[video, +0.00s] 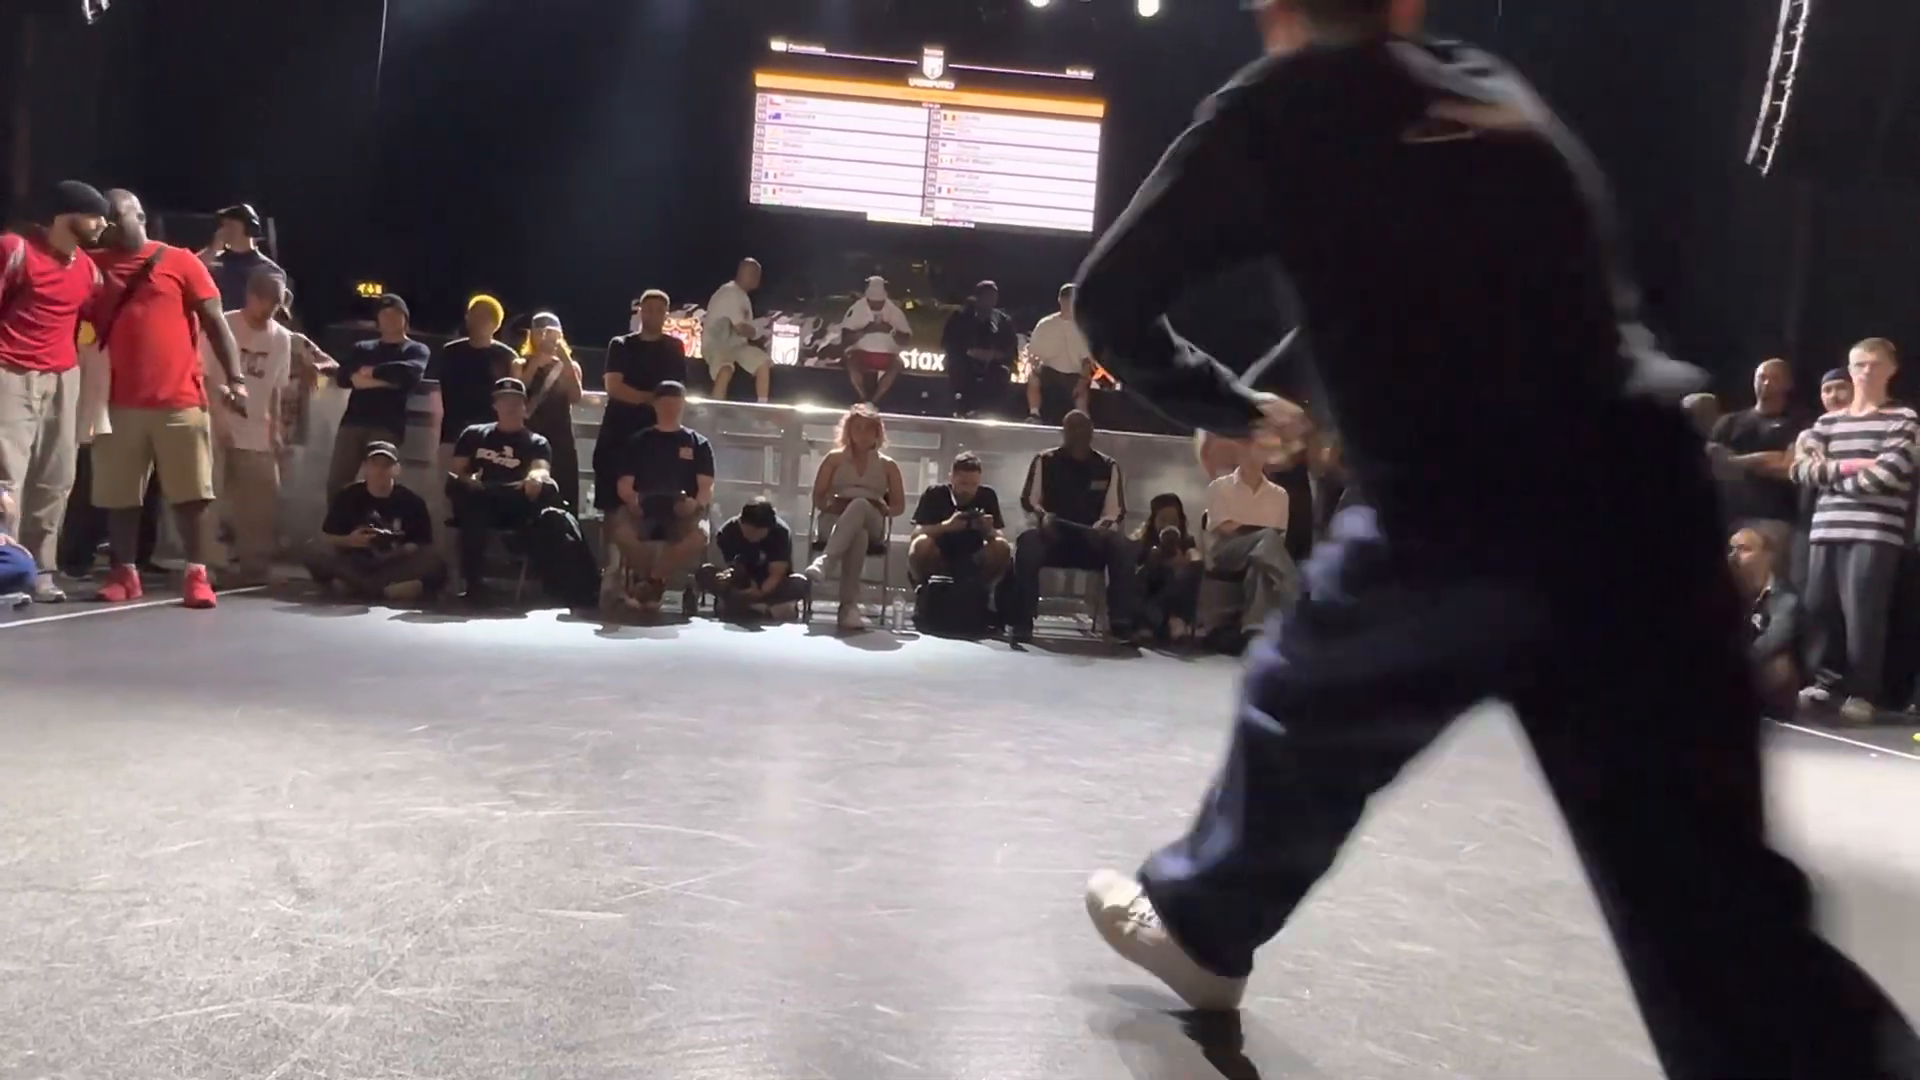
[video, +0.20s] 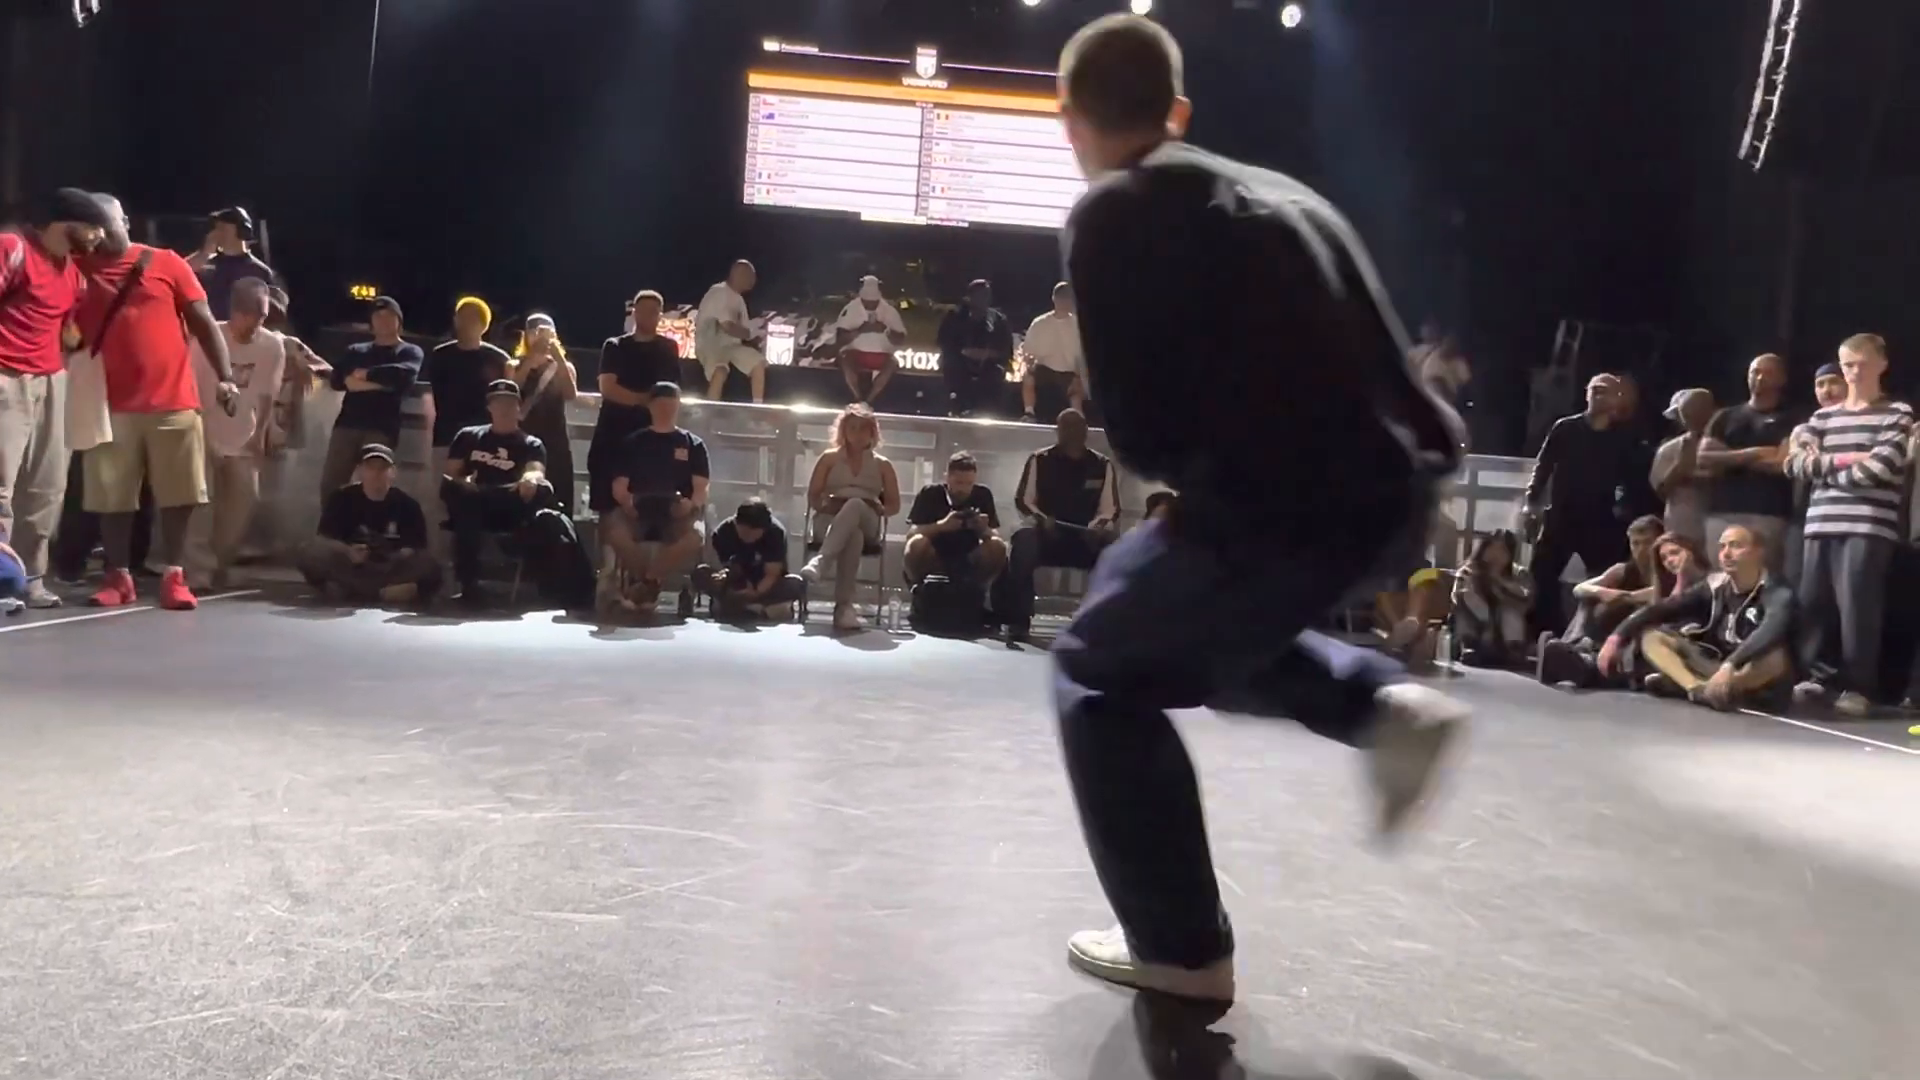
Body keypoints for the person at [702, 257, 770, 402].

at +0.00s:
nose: (758, 280)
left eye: (758, 276)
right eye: (756, 275)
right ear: (746, 275)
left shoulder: (743, 297)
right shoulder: (730, 292)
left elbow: (747, 325)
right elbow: (740, 327)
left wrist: (764, 322)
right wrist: (756, 332)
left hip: (738, 345)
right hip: (717, 345)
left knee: (763, 364)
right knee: (725, 370)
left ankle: (762, 407)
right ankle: (715, 410)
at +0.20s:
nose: (753, 280)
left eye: (753, 276)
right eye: (750, 276)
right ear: (738, 276)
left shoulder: (739, 299)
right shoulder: (719, 292)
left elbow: (744, 326)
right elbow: (727, 325)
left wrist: (760, 323)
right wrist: (749, 333)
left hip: (732, 346)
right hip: (711, 346)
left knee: (758, 364)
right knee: (720, 372)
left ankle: (757, 409)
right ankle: (710, 412)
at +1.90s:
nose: (727, 301)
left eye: (729, 298)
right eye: (723, 296)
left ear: (732, 302)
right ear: (713, 299)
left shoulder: (733, 326)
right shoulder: (700, 319)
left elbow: (740, 358)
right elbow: (701, 351)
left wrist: (710, 353)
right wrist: (726, 348)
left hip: (728, 369)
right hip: (705, 368)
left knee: (757, 388)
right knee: (713, 397)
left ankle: (759, 433)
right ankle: (707, 439)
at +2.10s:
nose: (726, 298)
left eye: (729, 295)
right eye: (722, 294)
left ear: (733, 299)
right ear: (714, 295)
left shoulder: (734, 323)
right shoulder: (700, 316)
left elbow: (740, 355)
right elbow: (700, 348)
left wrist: (711, 350)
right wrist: (725, 345)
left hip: (728, 366)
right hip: (704, 365)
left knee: (758, 385)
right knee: (715, 393)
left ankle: (760, 429)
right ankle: (706, 434)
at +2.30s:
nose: (728, 297)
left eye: (732, 294)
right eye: (724, 293)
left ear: (736, 300)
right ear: (717, 296)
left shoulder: (737, 323)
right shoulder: (704, 316)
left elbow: (744, 355)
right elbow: (704, 348)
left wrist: (714, 350)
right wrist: (729, 346)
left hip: (731, 366)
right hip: (708, 365)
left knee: (761, 385)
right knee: (719, 393)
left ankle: (763, 430)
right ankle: (710, 434)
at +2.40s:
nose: (729, 298)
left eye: (733, 294)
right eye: (726, 293)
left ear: (737, 300)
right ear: (718, 296)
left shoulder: (738, 323)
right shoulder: (704, 316)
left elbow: (745, 355)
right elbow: (704, 349)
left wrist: (715, 350)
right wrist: (729, 345)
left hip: (732, 366)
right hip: (709, 365)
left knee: (762, 385)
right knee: (719, 393)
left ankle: (764, 430)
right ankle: (711, 434)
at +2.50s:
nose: (730, 298)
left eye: (734, 295)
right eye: (727, 294)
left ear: (738, 300)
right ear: (720, 296)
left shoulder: (740, 324)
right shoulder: (706, 317)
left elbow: (746, 356)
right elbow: (706, 349)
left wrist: (717, 350)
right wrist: (732, 346)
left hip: (733, 366)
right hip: (710, 365)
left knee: (763, 385)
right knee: (721, 393)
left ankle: (765, 430)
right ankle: (712, 434)